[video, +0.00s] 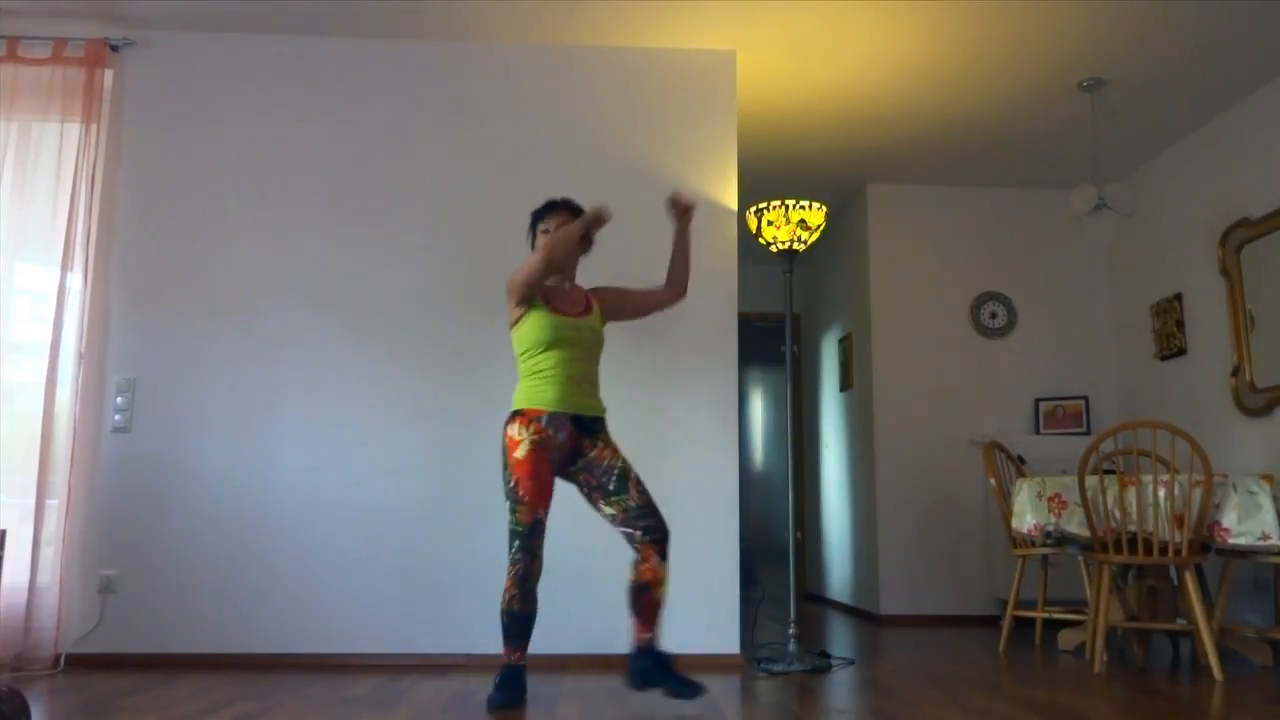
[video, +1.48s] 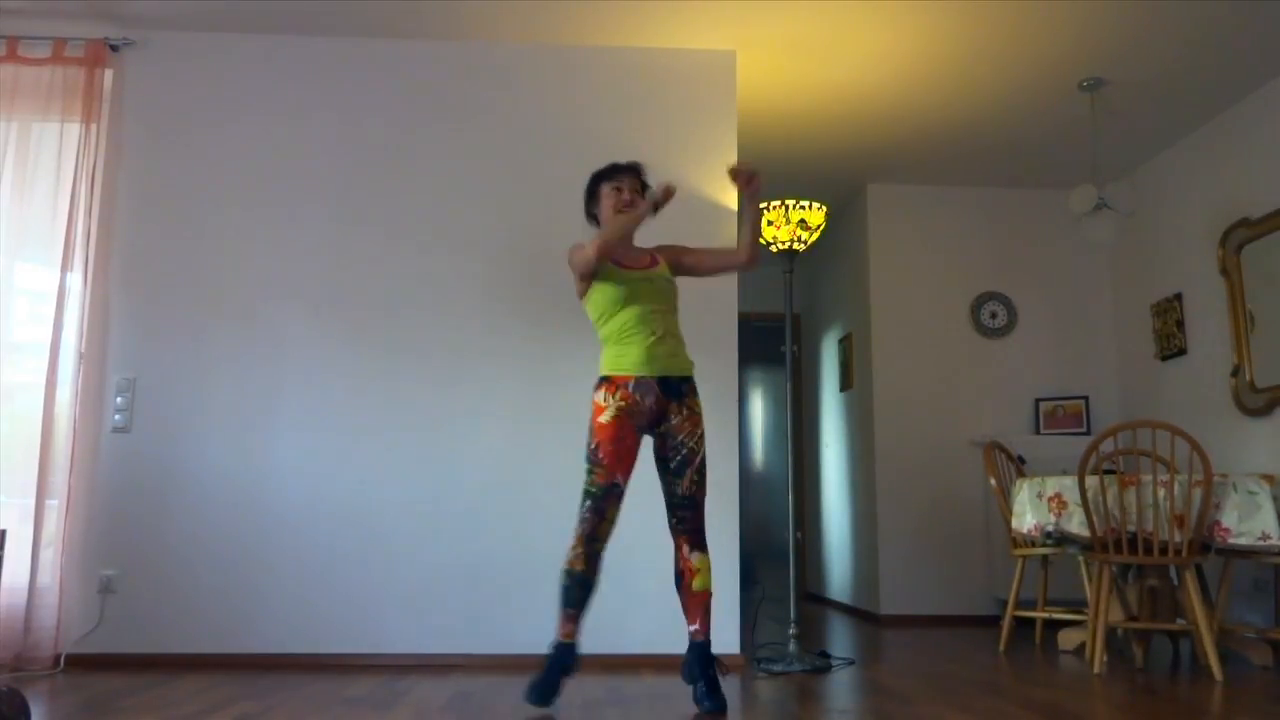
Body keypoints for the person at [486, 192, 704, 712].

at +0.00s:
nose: (559, 236)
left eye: (567, 230)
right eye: (550, 230)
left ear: (583, 244)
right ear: (534, 243)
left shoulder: (596, 300)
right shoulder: (523, 293)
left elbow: (672, 291)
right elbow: (547, 255)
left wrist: (681, 226)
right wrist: (587, 224)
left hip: (588, 434)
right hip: (532, 431)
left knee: (652, 533)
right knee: (526, 552)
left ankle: (645, 656)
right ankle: (513, 671)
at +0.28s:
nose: (537, 248)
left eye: (550, 240)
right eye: (530, 241)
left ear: (576, 251)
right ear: (523, 252)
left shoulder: (599, 315)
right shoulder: (513, 308)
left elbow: (601, 383)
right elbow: (485, 379)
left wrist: (612, 431)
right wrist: (486, 406)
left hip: (573, 446)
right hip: (517, 438)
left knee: (539, 561)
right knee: (508, 555)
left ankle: (481, 676)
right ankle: (508, 680)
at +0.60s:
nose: (578, 213)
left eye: (589, 204)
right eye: (572, 205)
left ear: (615, 211)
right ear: (568, 213)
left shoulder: (634, 268)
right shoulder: (557, 261)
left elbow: (618, 252)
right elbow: (481, 263)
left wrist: (599, 186)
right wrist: (477, 205)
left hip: (592, 403)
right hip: (533, 396)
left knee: (625, 528)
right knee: (515, 528)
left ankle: (655, 648)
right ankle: (503, 657)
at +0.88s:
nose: (607, 242)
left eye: (615, 231)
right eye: (602, 234)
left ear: (650, 230)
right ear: (605, 241)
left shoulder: (681, 281)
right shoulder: (609, 289)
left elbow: (676, 215)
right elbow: (537, 277)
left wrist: (634, 149)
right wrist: (534, 211)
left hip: (665, 429)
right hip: (607, 426)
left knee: (679, 553)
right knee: (555, 531)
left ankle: (701, 671)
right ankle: (557, 655)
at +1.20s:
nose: (634, 243)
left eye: (645, 236)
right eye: (626, 237)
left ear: (669, 247)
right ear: (617, 251)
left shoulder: (697, 308)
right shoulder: (611, 316)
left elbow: (725, 390)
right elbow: (612, 393)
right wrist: (578, 425)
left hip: (699, 442)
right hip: (641, 445)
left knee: (699, 553)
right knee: (665, 540)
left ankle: (701, 676)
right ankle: (701, 673)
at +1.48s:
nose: (627, 198)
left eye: (636, 191)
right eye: (615, 189)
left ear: (645, 205)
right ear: (593, 207)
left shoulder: (665, 257)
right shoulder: (584, 258)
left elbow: (744, 256)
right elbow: (602, 248)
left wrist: (750, 197)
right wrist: (649, 206)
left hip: (680, 392)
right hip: (621, 393)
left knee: (690, 525)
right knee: (594, 521)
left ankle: (700, 653)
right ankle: (564, 646)